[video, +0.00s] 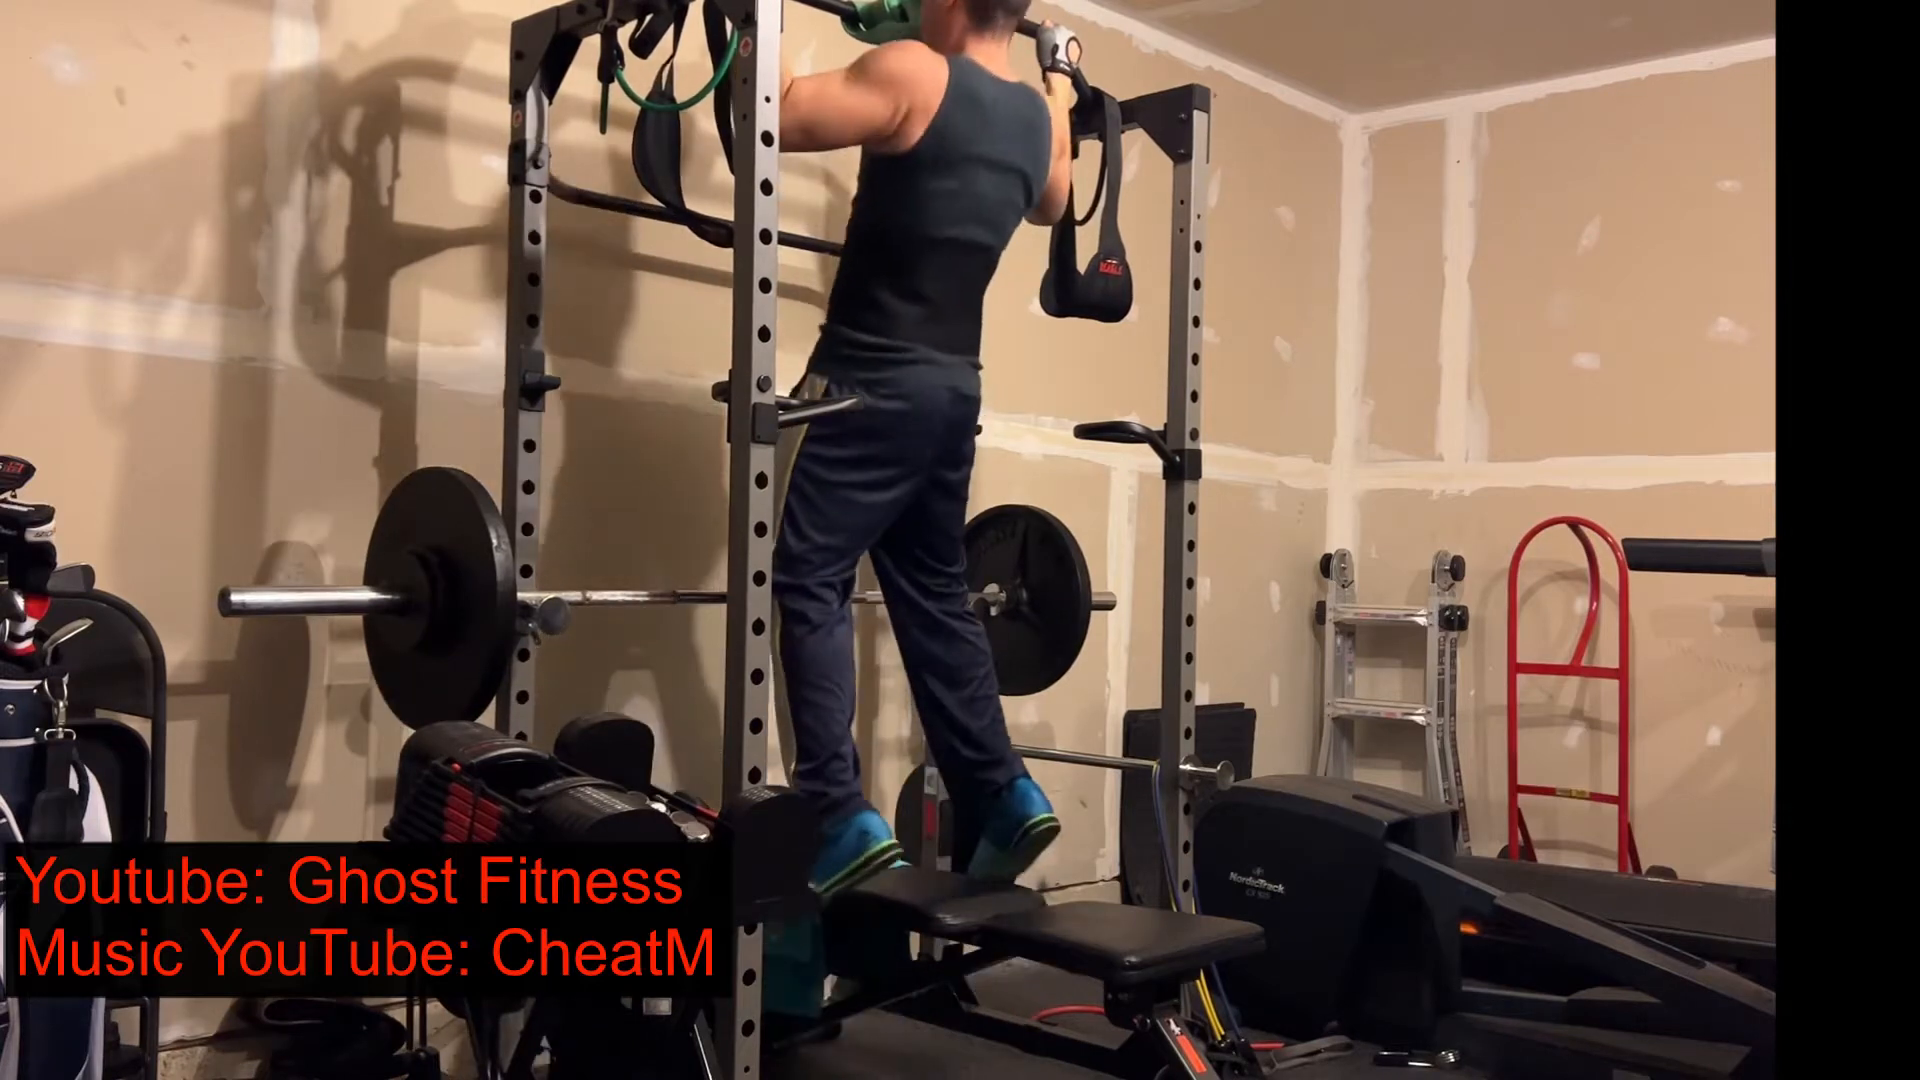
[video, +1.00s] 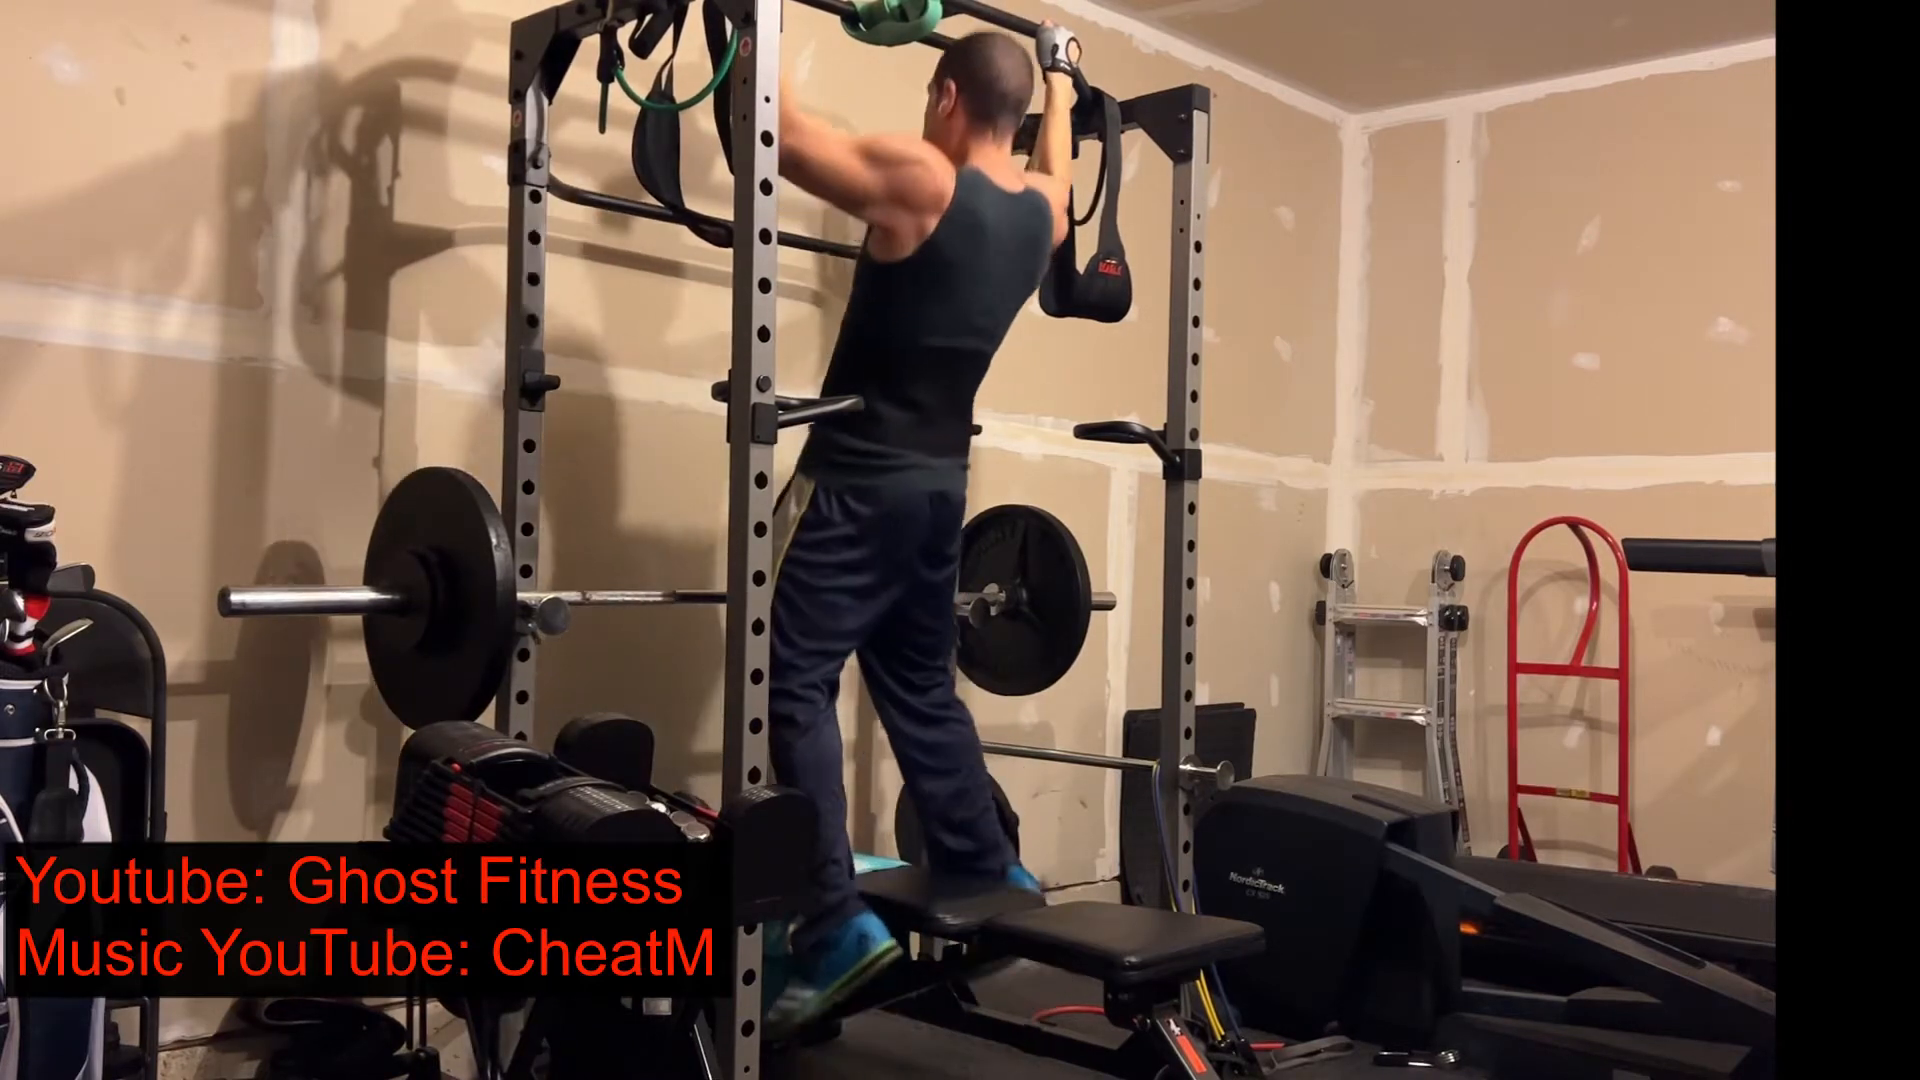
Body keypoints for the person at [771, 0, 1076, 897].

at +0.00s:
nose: (917, 10)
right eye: (921, 0)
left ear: (951, 7)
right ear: (1013, 20)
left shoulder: (910, 73)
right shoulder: (1035, 116)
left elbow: (769, 114)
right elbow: (1056, 202)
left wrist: (751, 22)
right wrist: (1057, 88)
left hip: (871, 383)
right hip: (952, 392)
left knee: (806, 585)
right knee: (935, 597)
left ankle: (839, 813)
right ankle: (1002, 798)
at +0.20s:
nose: (910, 82)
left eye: (918, 66)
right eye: (920, 67)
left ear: (933, 77)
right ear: (1003, 102)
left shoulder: (900, 157)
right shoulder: (1019, 199)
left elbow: (765, 128)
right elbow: (1050, 183)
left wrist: (740, 44)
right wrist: (1059, 99)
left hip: (861, 458)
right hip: (931, 463)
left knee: (805, 660)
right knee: (923, 663)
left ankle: (852, 885)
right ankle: (1007, 849)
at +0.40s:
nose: (899, 154)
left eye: (906, 142)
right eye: (909, 143)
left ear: (923, 151)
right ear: (993, 171)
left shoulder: (882, 219)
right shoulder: (1007, 256)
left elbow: (761, 135)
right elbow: (1043, 188)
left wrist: (738, 35)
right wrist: (1057, 104)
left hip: (848, 522)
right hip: (924, 526)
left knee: (799, 732)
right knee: (921, 740)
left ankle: (850, 954)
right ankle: (1010, 929)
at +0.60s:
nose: (895, 183)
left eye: (901, 171)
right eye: (908, 172)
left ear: (919, 180)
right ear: (989, 202)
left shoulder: (882, 249)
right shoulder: (1002, 284)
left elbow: (779, 131)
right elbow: (1040, 190)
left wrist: (759, 28)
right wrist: (1057, 100)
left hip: (846, 551)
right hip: (923, 551)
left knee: (798, 764)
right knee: (918, 758)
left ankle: (845, 987)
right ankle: (1008, 960)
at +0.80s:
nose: (905, 165)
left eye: (913, 153)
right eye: (917, 155)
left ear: (929, 164)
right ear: (1000, 187)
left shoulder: (893, 236)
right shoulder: (1011, 271)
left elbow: (784, 138)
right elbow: (1041, 184)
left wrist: (765, 28)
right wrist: (1057, 99)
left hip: (848, 536)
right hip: (927, 539)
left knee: (796, 753)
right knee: (919, 754)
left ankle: (842, 980)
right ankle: (1005, 957)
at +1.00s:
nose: (927, 102)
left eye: (934, 88)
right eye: (937, 89)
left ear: (947, 99)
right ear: (1022, 116)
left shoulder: (915, 173)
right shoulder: (1038, 210)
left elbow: (780, 132)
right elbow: (1057, 186)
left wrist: (756, 35)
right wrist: (1055, 113)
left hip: (861, 483)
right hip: (936, 488)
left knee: (795, 681)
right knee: (918, 688)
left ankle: (833, 915)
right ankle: (985, 876)